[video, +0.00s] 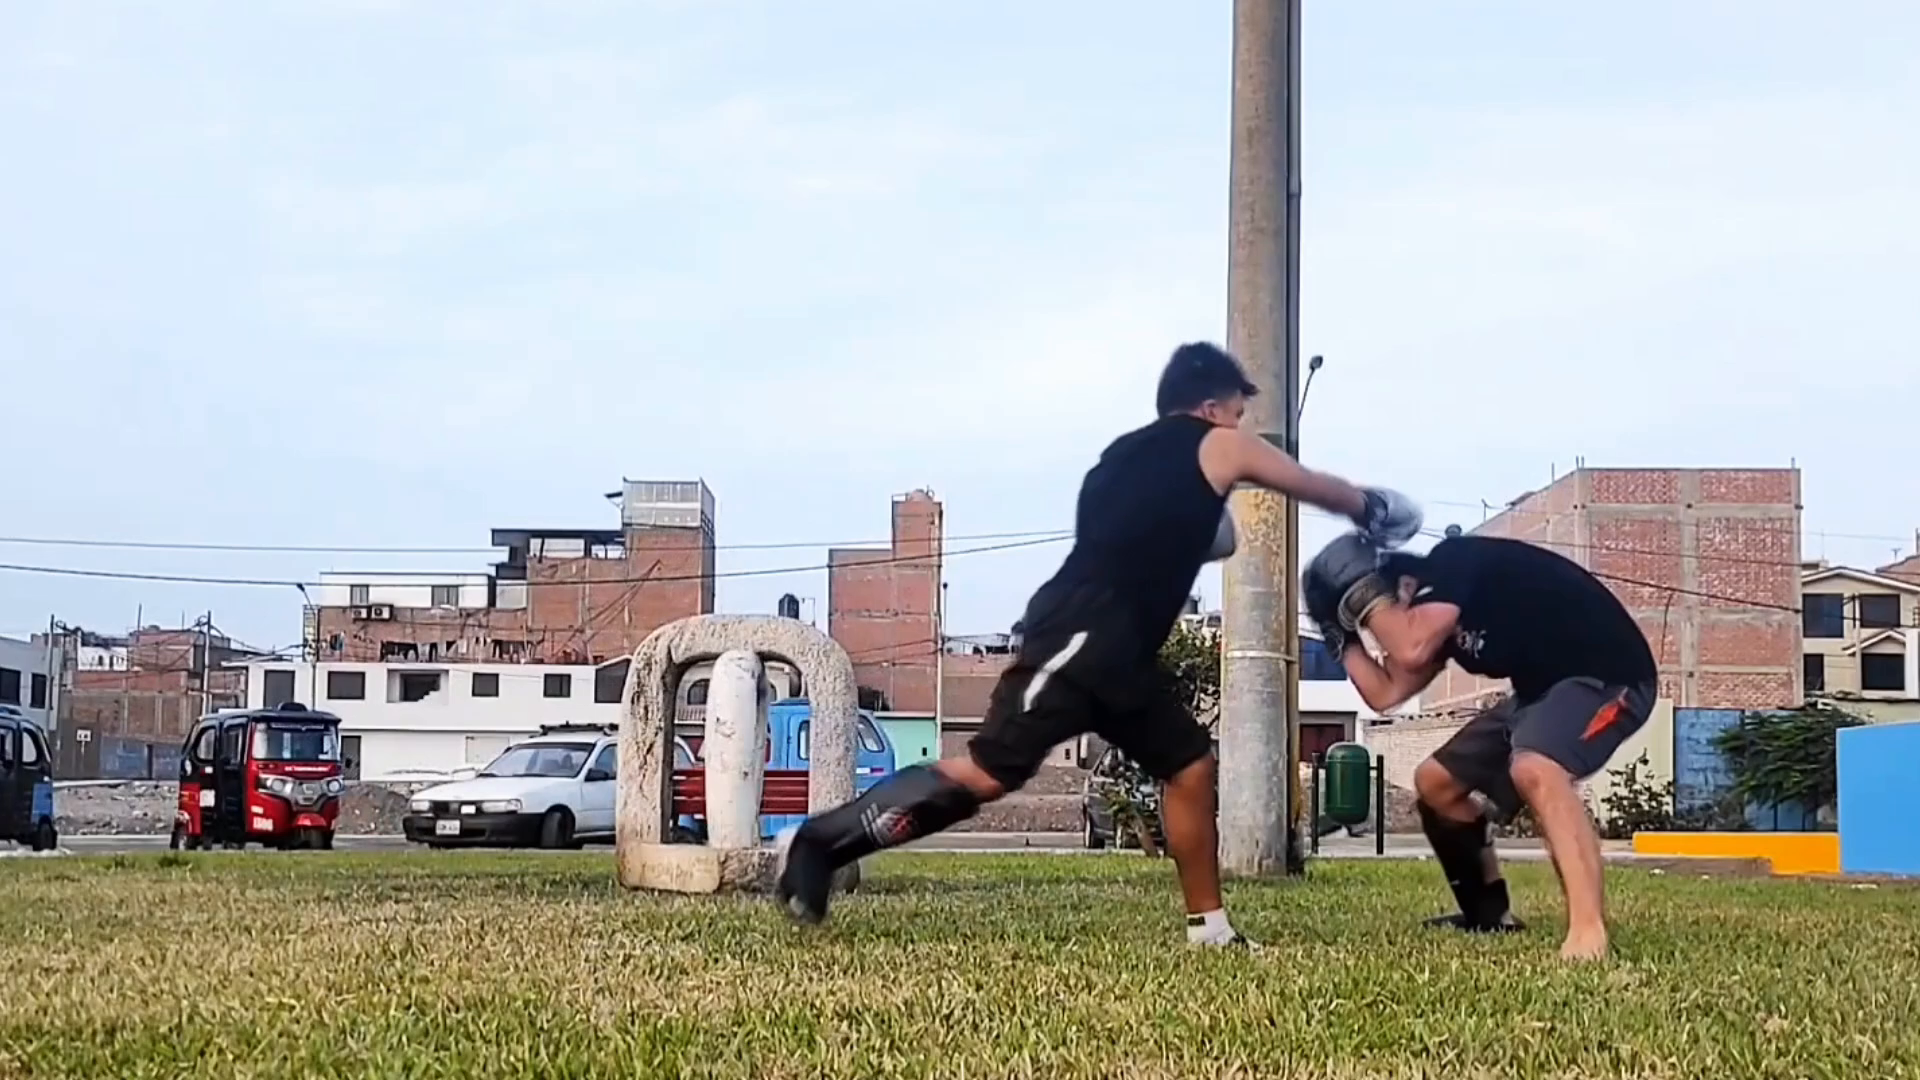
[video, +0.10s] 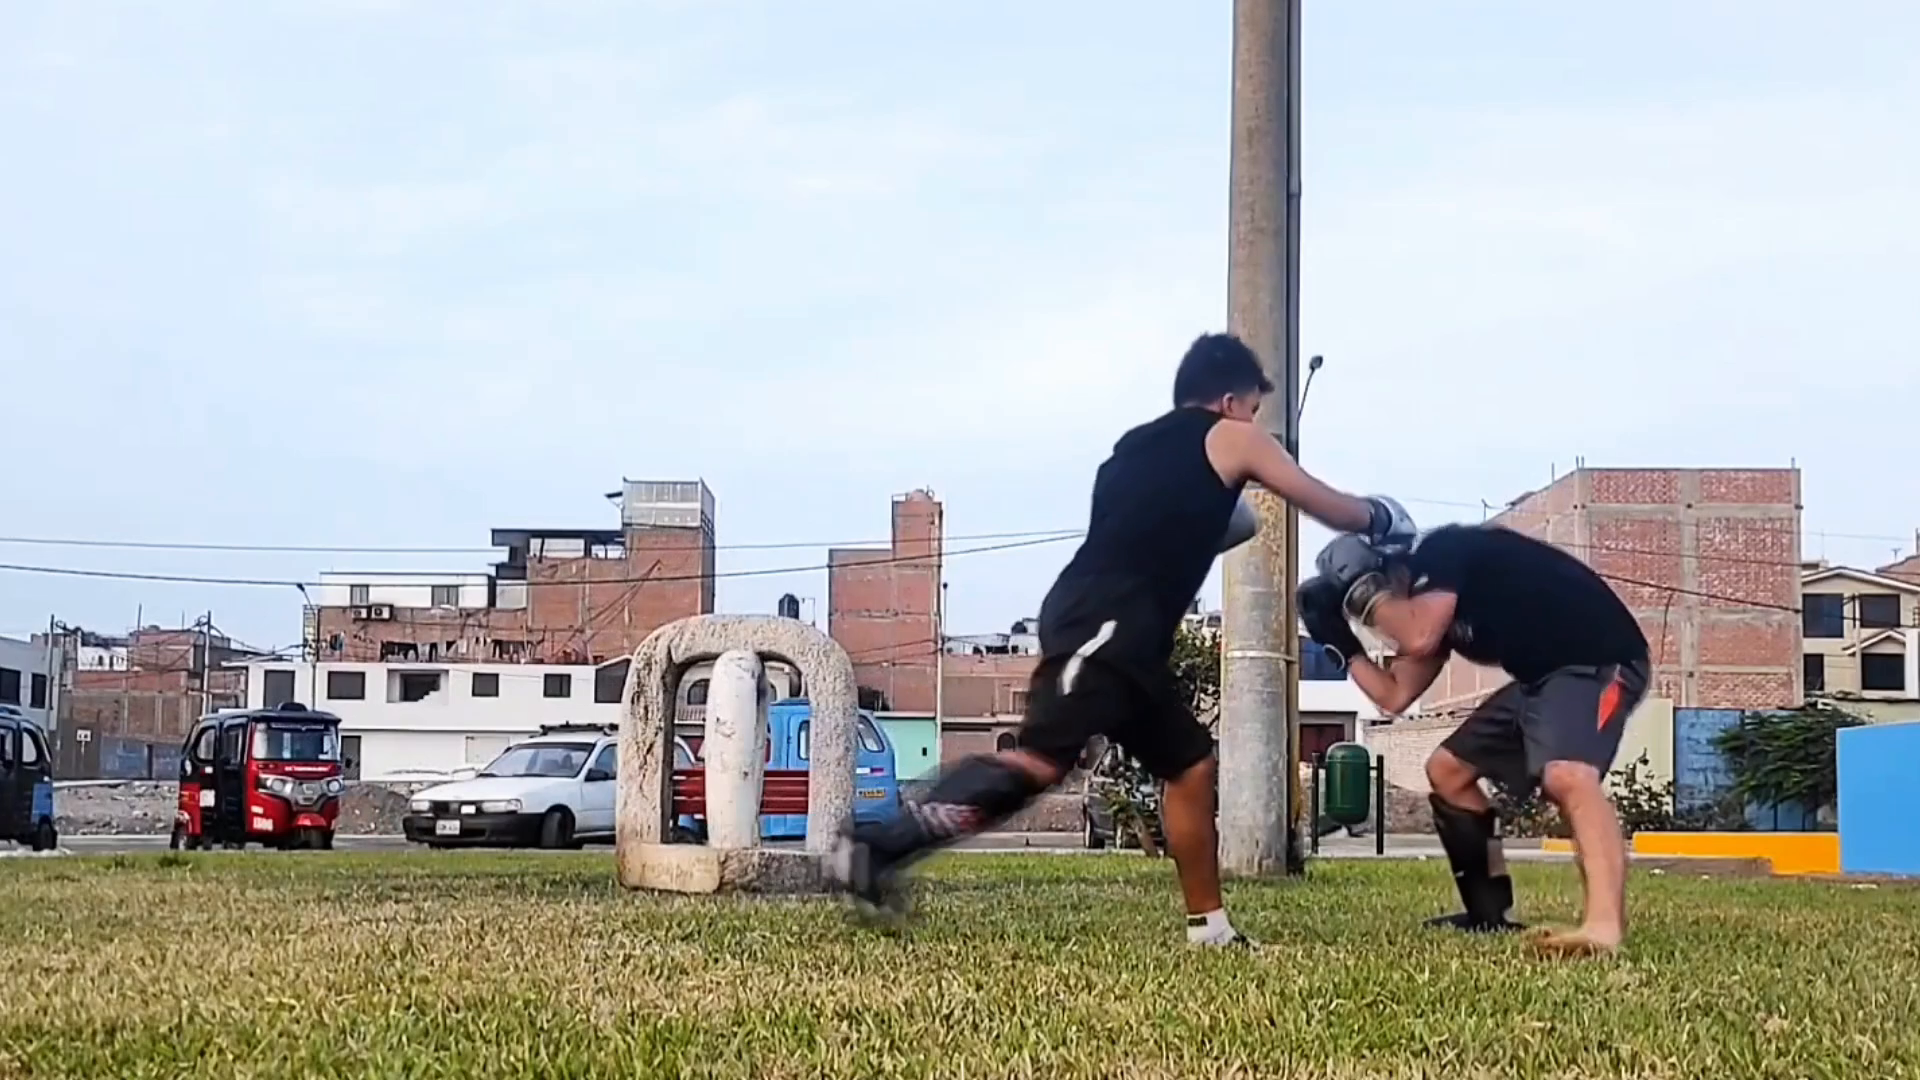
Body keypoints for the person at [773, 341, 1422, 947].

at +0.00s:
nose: (1248, 424)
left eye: (1247, 413)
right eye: (1243, 411)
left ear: (1182, 405)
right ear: (1213, 405)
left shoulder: (1125, 455)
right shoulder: (1217, 445)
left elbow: (1142, 531)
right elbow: (1323, 491)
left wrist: (1214, 536)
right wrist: (1373, 504)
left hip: (1110, 651)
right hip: (1083, 639)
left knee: (1189, 764)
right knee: (986, 773)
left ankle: (1211, 927)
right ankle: (823, 844)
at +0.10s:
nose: (1260, 416)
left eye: (1260, 405)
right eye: (1257, 403)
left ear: (1193, 393)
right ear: (1229, 398)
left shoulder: (1133, 447)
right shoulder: (1232, 440)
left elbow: (1159, 535)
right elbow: (1339, 511)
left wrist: (1234, 524)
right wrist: (1379, 514)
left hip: (1080, 621)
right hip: (1115, 626)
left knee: (1190, 764)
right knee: (1040, 760)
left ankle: (1210, 928)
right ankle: (887, 841)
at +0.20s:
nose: (1261, 404)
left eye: (1263, 390)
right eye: (1259, 389)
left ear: (1195, 382)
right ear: (1235, 388)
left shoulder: (1153, 436)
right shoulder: (1228, 432)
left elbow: (1197, 546)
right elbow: (1302, 525)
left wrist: (1276, 521)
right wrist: (1349, 508)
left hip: (1091, 613)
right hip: (1126, 617)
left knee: (1199, 763)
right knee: (1098, 758)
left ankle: (1209, 925)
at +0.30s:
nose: (1257, 392)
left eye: (1258, 376)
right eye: (1256, 376)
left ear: (1197, 372)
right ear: (1230, 376)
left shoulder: (1166, 432)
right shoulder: (1195, 426)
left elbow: (1218, 559)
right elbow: (1243, 541)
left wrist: (1273, 520)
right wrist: (1289, 496)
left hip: (1127, 632)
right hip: (1131, 630)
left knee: (1223, 763)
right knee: (1164, 778)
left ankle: (1213, 925)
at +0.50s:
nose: (1240, 340)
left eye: (1240, 326)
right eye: (1238, 324)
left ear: (1180, 322)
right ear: (1211, 323)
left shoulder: (1156, 386)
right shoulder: (1172, 384)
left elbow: (1227, 492)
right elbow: (1247, 490)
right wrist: (1263, 419)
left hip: (1151, 605)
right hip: (1138, 606)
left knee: (1210, 755)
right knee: (1169, 771)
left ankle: (1204, 920)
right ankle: (1101, 944)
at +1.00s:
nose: (1228, 378)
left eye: (1229, 362)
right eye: (1226, 361)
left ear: (1169, 355)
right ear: (1197, 358)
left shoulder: (1131, 412)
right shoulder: (1137, 413)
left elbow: (1175, 526)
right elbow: (1189, 527)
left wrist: (1225, 472)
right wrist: (1223, 465)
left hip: (1041, 619)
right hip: (1070, 622)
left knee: (1139, 754)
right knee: (1188, 766)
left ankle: (1105, 906)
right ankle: (1144, 946)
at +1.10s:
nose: (1199, 425)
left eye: (1201, 410)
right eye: (1200, 408)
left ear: (1137, 393)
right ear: (1178, 404)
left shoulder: (1092, 449)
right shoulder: (1133, 450)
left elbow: (1111, 580)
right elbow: (1180, 565)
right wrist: (1210, 510)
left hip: (1014, 655)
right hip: (1061, 655)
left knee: (1094, 780)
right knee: (1192, 781)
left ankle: (1030, 916)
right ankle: (1144, 947)